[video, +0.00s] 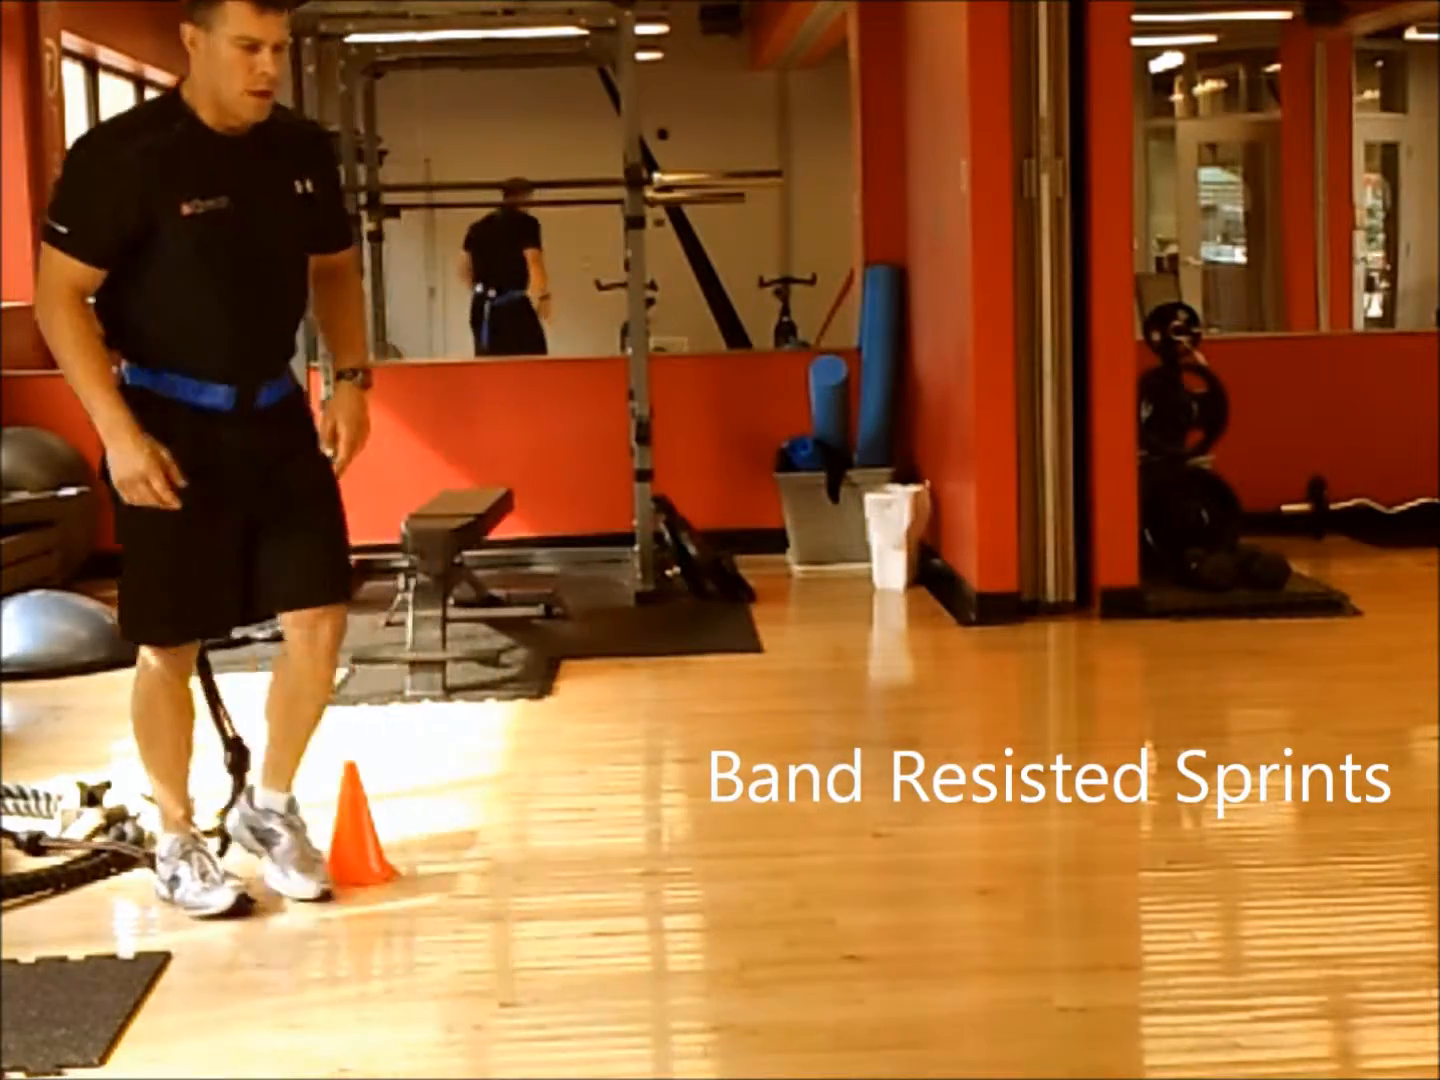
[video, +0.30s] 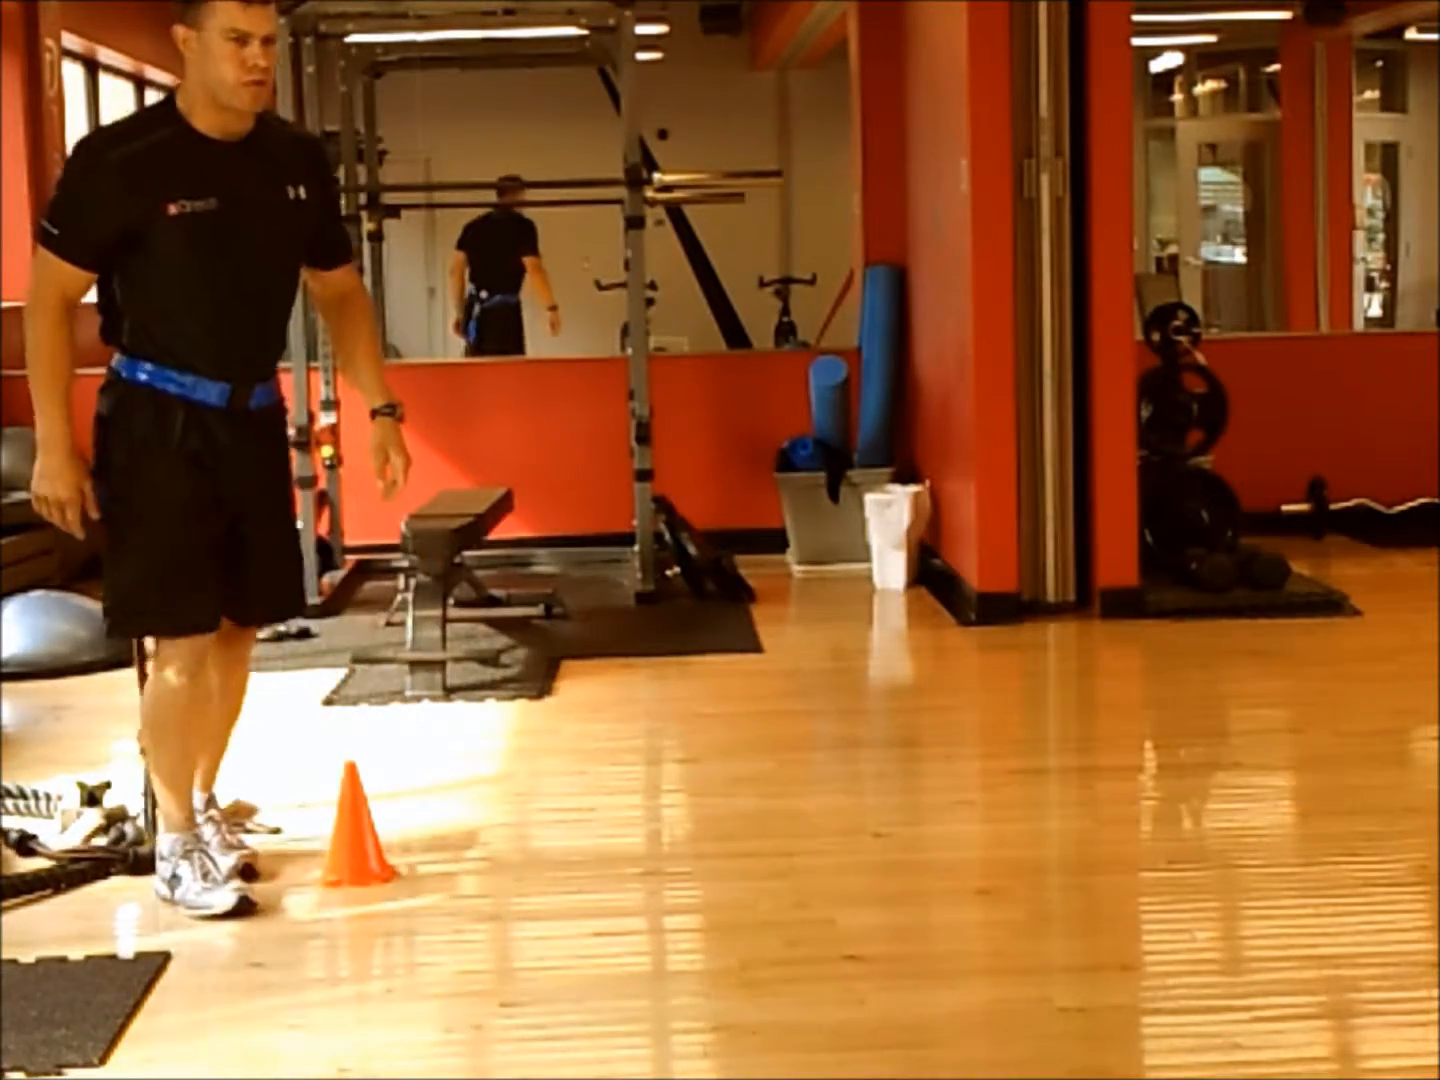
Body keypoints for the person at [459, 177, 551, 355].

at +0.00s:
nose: (529, 201)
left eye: (528, 196)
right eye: (527, 196)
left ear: (505, 197)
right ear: (522, 198)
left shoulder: (478, 226)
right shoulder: (526, 223)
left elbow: (464, 269)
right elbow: (534, 260)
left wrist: (479, 288)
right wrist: (542, 295)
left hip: (482, 305)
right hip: (515, 305)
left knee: (489, 365)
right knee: (532, 362)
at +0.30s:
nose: (523, 198)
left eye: (522, 194)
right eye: (521, 194)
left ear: (498, 195)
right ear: (516, 195)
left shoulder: (474, 226)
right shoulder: (523, 226)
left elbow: (457, 269)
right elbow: (534, 268)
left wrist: (458, 312)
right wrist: (551, 306)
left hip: (476, 309)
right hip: (506, 310)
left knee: (477, 370)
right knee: (510, 370)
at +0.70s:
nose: (546, 216)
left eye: (546, 211)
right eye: (545, 211)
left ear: (522, 210)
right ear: (540, 212)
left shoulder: (492, 232)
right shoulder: (542, 240)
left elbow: (462, 266)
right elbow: (549, 281)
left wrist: (459, 311)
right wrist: (556, 319)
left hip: (479, 310)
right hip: (509, 314)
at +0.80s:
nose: (558, 227)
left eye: (558, 223)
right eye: (559, 222)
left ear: (534, 218)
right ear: (555, 222)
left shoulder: (506, 238)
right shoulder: (553, 250)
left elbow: (465, 260)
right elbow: (561, 287)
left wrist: (455, 302)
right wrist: (570, 310)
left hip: (485, 311)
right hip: (514, 318)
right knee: (506, 373)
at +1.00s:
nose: (577, 251)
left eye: (577, 247)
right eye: (577, 247)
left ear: (554, 243)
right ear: (572, 245)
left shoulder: (531, 256)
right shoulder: (576, 261)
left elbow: (489, 275)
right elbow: (582, 298)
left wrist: (483, 316)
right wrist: (583, 329)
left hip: (514, 321)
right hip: (544, 324)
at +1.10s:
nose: (591, 248)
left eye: (591, 245)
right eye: (591, 245)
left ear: (568, 243)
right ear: (587, 244)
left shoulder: (550, 254)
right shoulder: (591, 256)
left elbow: (530, 278)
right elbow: (592, 268)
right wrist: (590, 298)